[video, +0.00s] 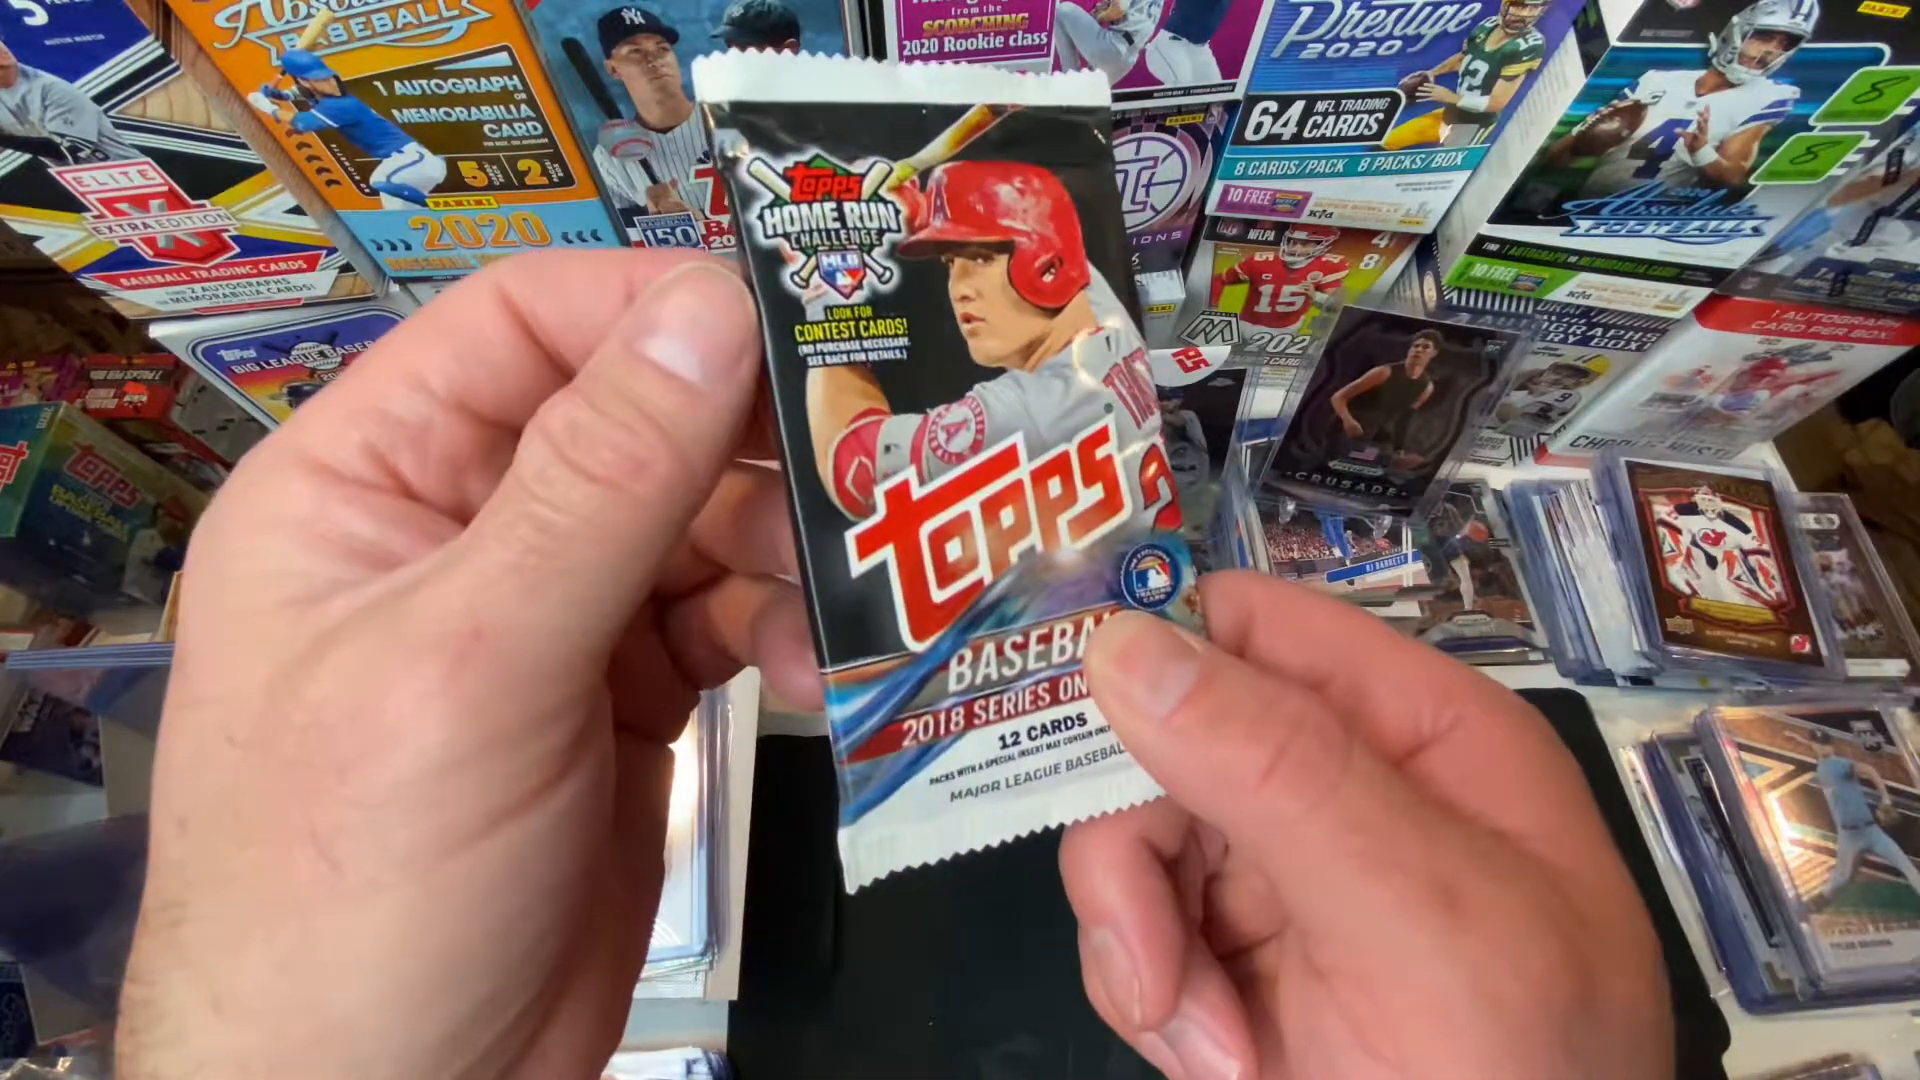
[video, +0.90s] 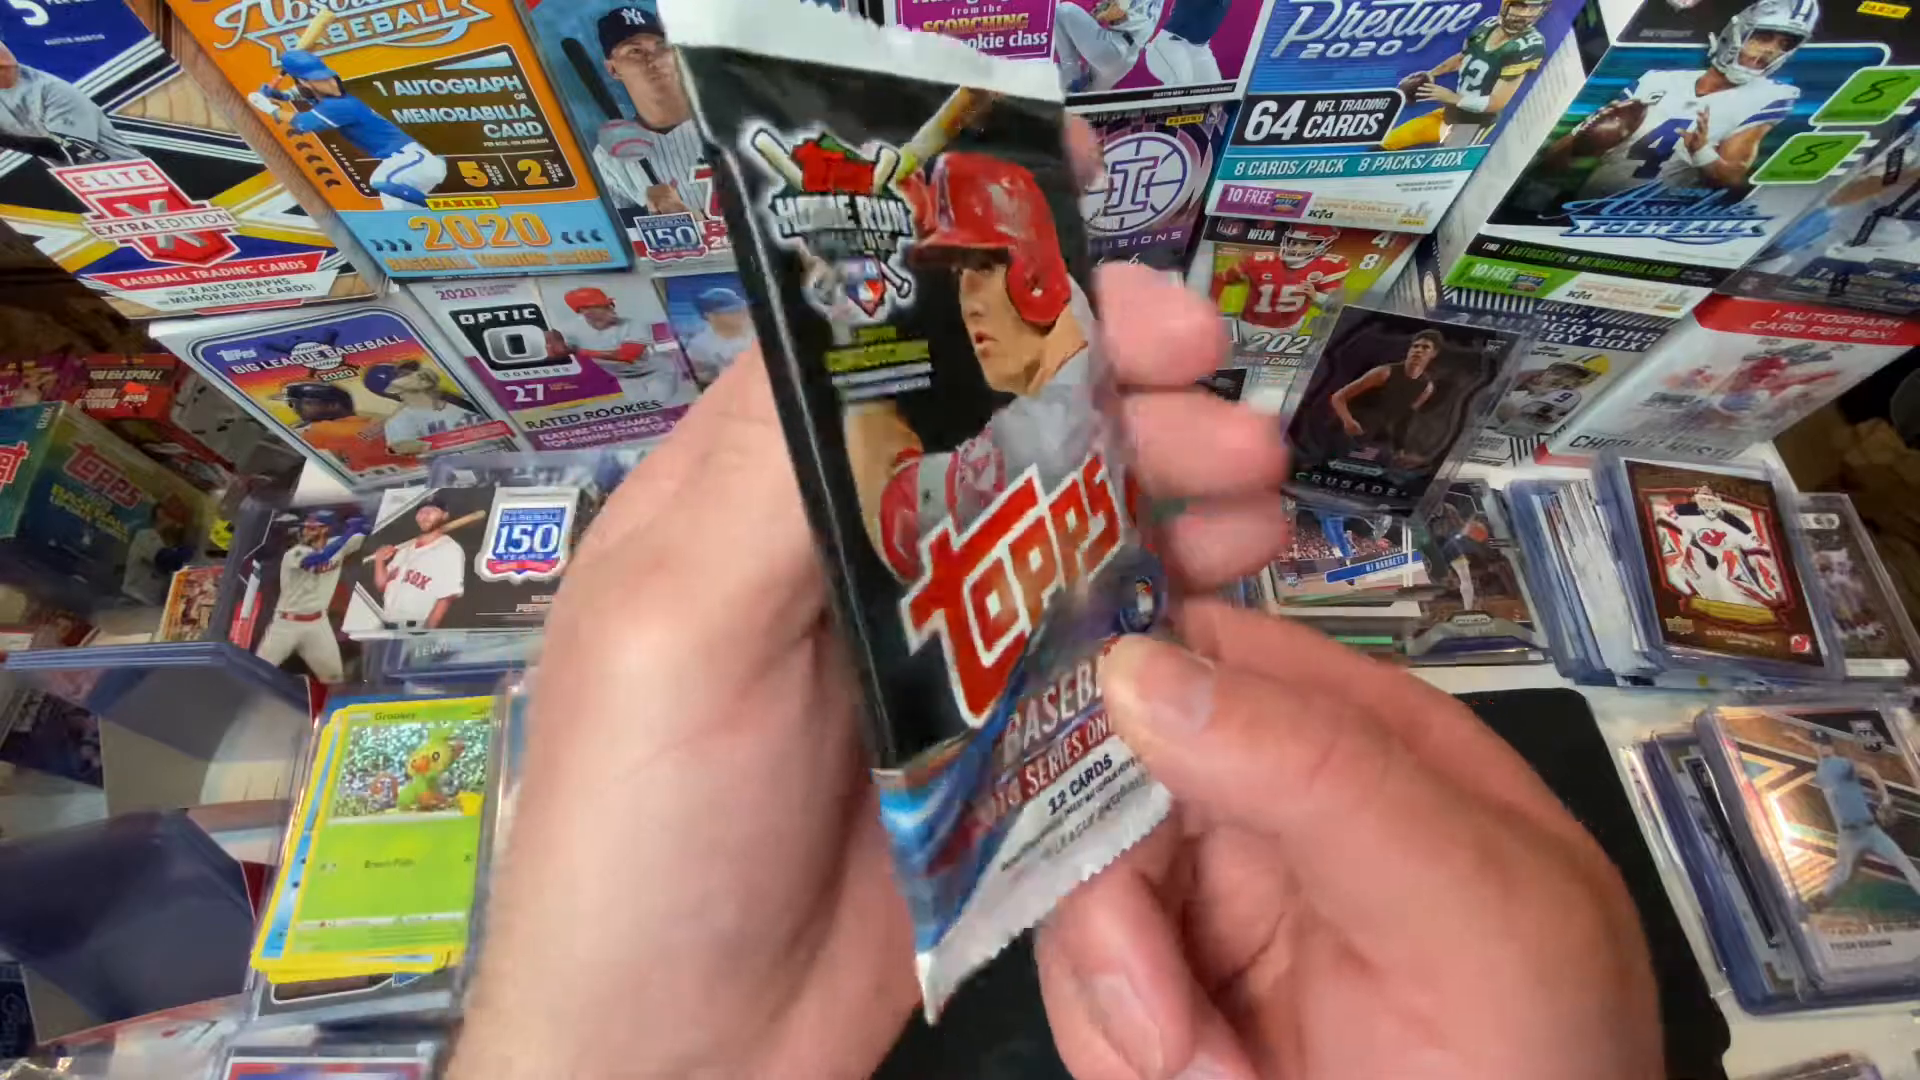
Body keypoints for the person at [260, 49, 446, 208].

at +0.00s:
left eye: (302, 82)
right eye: (321, 77)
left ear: (308, 83)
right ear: (307, 82)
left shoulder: (341, 106)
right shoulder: (332, 103)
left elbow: (300, 122)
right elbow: (300, 94)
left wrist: (271, 109)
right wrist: (276, 94)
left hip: (414, 158)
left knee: (380, 179)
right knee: (398, 218)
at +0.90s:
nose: (329, 79)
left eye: (303, 82)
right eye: (321, 77)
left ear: (308, 83)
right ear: (307, 84)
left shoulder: (343, 106)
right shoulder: (331, 102)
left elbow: (299, 122)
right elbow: (301, 92)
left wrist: (270, 109)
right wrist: (276, 95)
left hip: (415, 158)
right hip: (405, 167)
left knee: (381, 180)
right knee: (398, 221)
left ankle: (435, 212)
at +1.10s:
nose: (303, 88)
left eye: (303, 83)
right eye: (304, 83)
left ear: (311, 83)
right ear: (319, 80)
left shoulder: (341, 106)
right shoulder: (332, 100)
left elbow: (299, 122)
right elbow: (300, 93)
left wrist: (270, 108)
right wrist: (275, 93)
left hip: (415, 158)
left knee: (380, 180)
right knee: (397, 219)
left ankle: (430, 213)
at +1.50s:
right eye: (323, 77)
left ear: (306, 83)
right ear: (306, 83)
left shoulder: (343, 106)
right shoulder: (332, 104)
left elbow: (300, 122)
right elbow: (300, 93)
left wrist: (270, 109)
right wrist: (275, 95)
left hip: (416, 159)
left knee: (381, 180)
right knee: (398, 218)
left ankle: (433, 218)